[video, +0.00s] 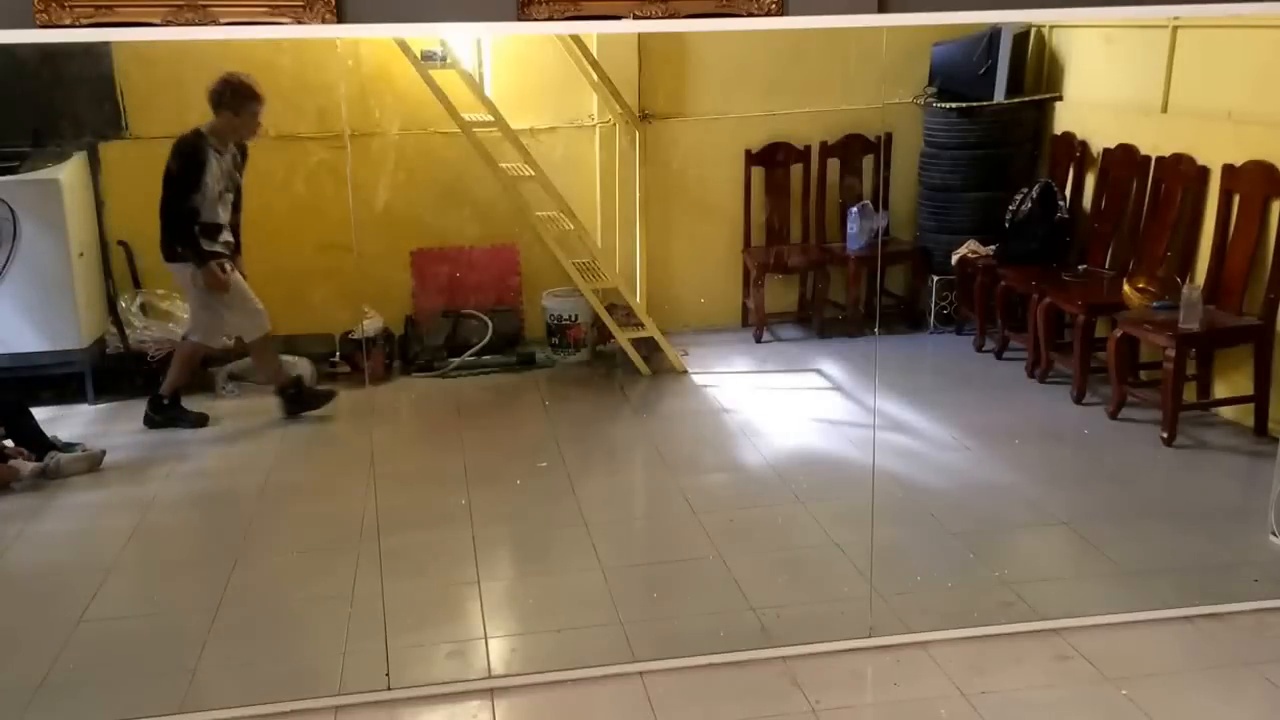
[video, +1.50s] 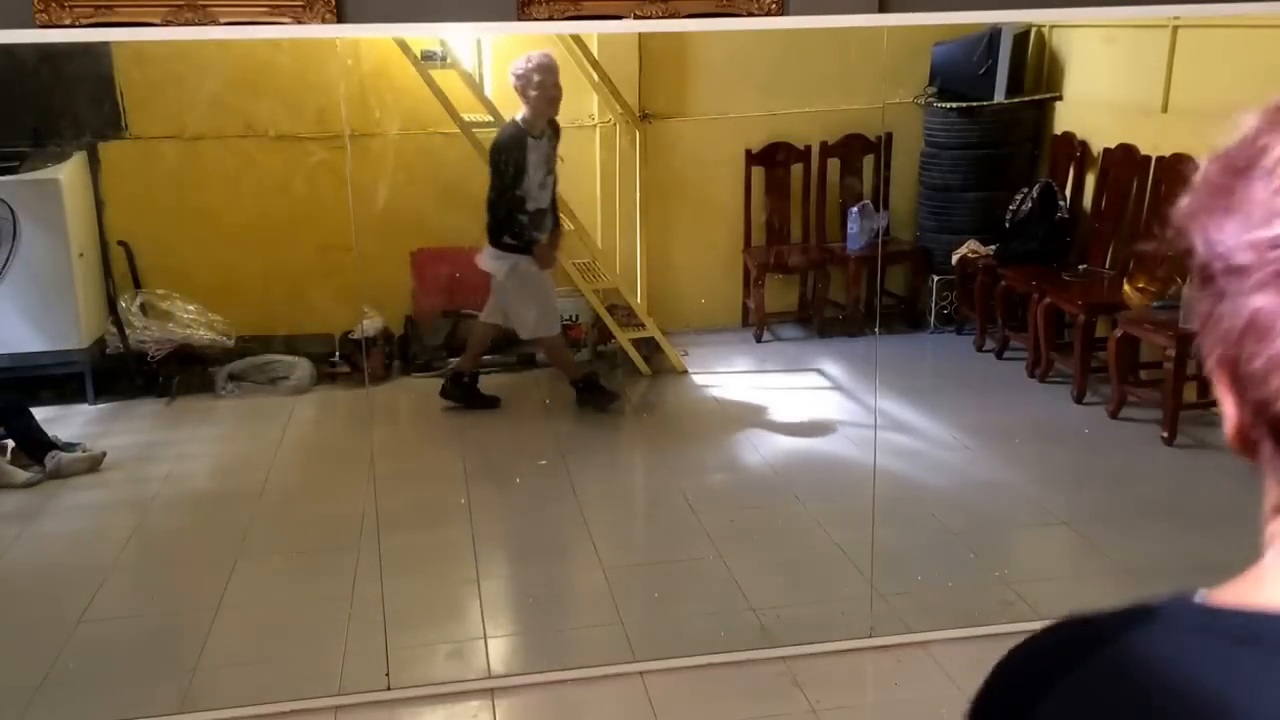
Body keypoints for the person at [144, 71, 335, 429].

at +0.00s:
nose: (258, 125)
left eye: (259, 117)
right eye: (254, 117)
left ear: (234, 115)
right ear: (229, 115)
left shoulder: (237, 152)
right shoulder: (190, 148)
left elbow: (233, 210)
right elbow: (175, 213)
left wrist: (235, 256)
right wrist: (203, 263)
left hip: (216, 252)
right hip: (192, 254)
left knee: (203, 328)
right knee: (253, 318)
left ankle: (163, 403)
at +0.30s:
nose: (361, 185)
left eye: (365, 179)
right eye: (360, 177)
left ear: (342, 161)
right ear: (344, 166)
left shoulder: (322, 178)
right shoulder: (302, 180)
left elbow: (301, 233)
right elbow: (273, 236)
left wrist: (297, 275)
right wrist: (245, 290)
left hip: (269, 249)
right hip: (253, 251)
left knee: (249, 324)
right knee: (295, 314)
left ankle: (186, 380)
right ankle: (329, 393)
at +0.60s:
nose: (420, 170)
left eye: (424, 163)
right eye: (420, 162)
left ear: (402, 145)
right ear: (404, 149)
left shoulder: (373, 158)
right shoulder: (361, 163)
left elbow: (368, 222)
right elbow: (367, 223)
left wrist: (396, 268)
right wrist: (399, 271)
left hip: (337, 244)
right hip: (313, 245)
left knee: (354, 320)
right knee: (334, 325)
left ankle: (348, 387)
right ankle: (331, 396)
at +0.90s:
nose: (482, 157)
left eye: (485, 150)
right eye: (478, 149)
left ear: (458, 140)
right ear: (459, 140)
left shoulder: (432, 154)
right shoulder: (421, 162)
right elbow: (438, 225)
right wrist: (482, 250)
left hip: (407, 245)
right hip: (379, 249)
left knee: (433, 317)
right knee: (384, 328)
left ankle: (451, 386)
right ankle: (347, 380)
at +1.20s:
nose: (529, 118)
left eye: (531, 110)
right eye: (523, 108)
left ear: (524, 108)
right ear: (500, 103)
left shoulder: (498, 142)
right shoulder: (463, 140)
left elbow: (484, 194)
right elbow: (443, 202)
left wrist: (498, 231)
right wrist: (479, 235)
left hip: (467, 234)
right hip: (442, 236)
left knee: (482, 307)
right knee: (478, 308)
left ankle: (460, 381)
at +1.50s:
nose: (556, 92)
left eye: (557, 83)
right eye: (545, 86)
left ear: (559, 86)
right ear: (523, 92)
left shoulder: (551, 132)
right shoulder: (509, 142)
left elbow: (547, 187)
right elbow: (499, 214)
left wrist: (554, 229)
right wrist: (533, 245)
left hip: (531, 247)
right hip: (510, 251)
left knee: (494, 316)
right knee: (545, 320)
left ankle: (461, 379)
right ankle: (582, 384)